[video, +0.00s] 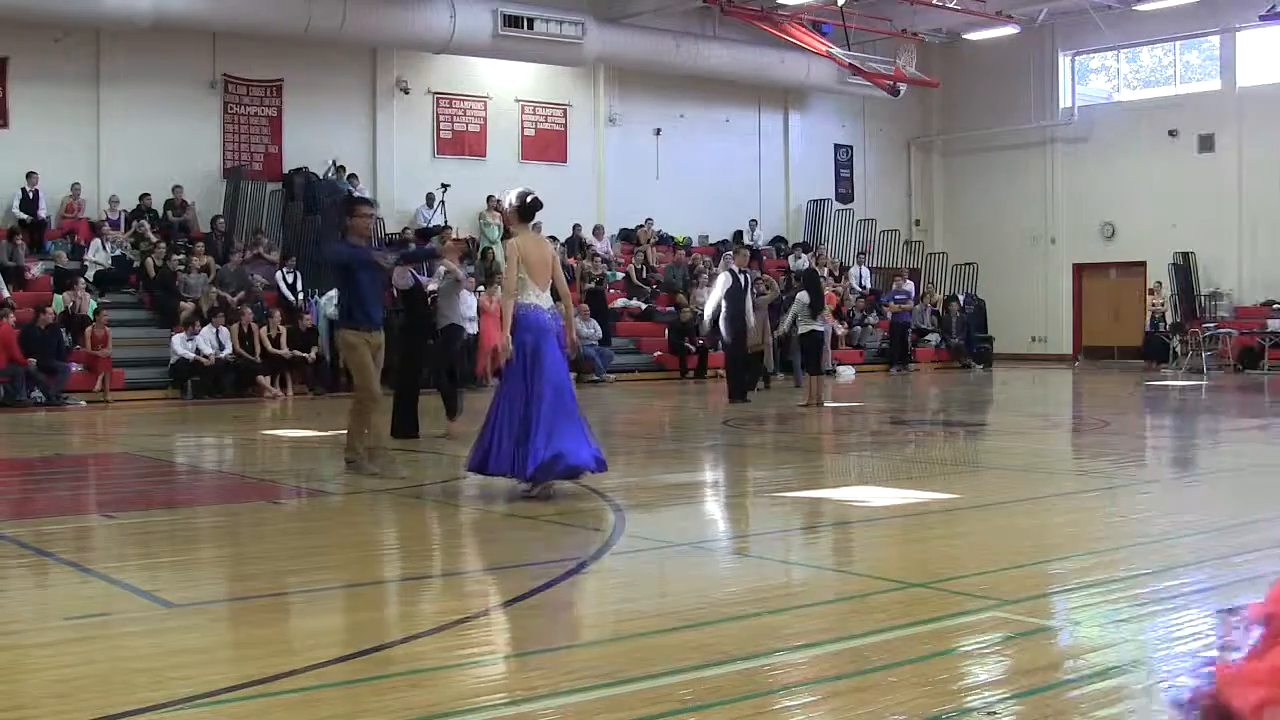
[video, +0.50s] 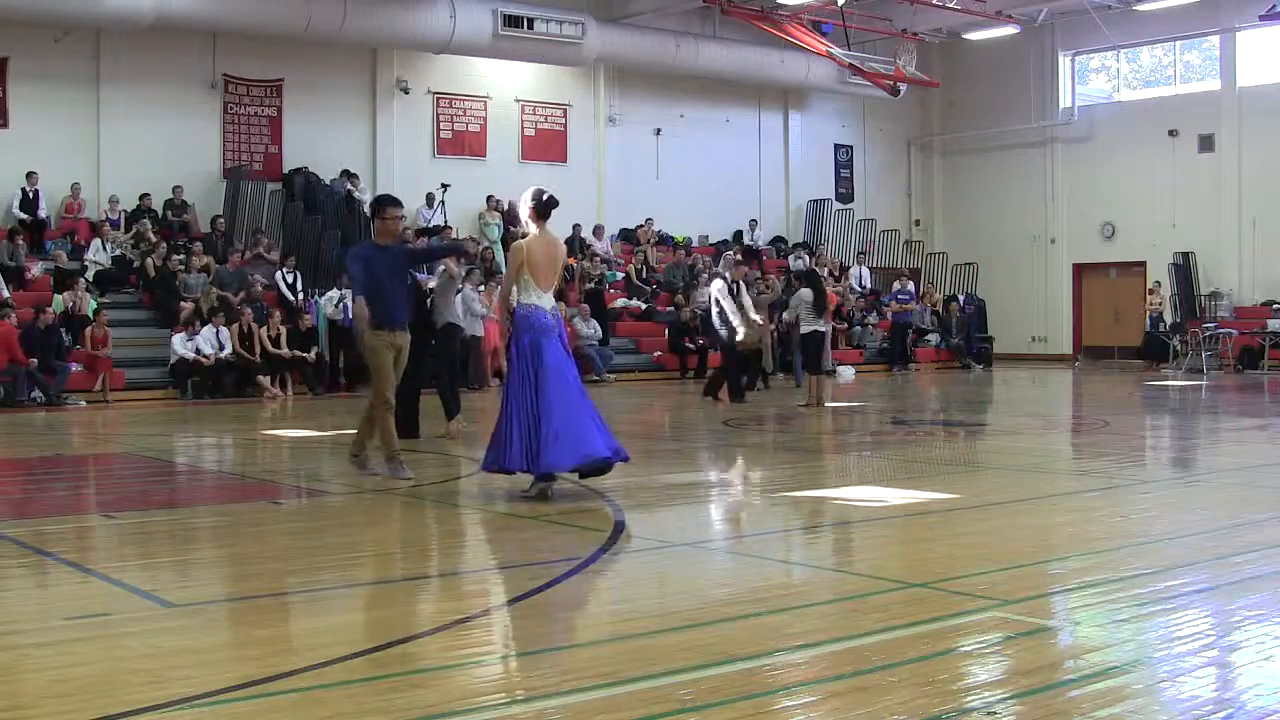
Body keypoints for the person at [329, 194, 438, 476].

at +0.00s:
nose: (369, 223)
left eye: (371, 218)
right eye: (364, 218)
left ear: (372, 221)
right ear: (349, 220)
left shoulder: (376, 251)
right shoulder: (342, 248)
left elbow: (404, 255)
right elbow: (331, 255)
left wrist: (439, 251)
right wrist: (371, 256)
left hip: (376, 333)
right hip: (352, 333)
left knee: (365, 396)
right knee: (372, 393)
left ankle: (353, 454)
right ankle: (377, 455)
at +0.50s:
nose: (400, 225)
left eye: (401, 219)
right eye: (394, 219)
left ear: (400, 220)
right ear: (378, 220)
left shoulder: (401, 252)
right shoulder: (360, 252)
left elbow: (429, 252)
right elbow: (357, 277)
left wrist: (459, 246)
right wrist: (359, 298)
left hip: (402, 334)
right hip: (376, 334)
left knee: (383, 396)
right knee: (385, 397)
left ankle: (357, 450)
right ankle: (393, 458)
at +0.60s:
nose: (404, 224)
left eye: (406, 219)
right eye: (398, 219)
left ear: (407, 221)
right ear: (383, 221)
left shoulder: (408, 252)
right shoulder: (365, 252)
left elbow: (437, 252)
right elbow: (353, 274)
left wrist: (466, 245)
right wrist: (348, 296)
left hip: (408, 334)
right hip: (380, 335)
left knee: (393, 401)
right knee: (388, 401)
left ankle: (363, 448)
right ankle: (394, 458)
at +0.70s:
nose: (410, 224)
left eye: (411, 218)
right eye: (404, 219)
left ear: (412, 220)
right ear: (388, 221)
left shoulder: (414, 253)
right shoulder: (368, 252)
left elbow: (441, 252)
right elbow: (352, 272)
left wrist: (470, 244)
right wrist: (347, 286)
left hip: (412, 337)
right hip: (382, 337)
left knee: (407, 405)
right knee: (390, 403)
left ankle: (377, 436)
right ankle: (394, 459)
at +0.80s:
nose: (415, 225)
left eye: (416, 219)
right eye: (409, 220)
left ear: (415, 220)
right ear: (393, 222)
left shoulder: (420, 253)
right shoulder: (375, 252)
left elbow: (445, 253)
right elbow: (355, 265)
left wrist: (472, 243)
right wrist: (347, 274)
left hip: (414, 337)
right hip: (383, 337)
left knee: (414, 398)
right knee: (390, 402)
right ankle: (394, 459)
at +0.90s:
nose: (417, 224)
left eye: (420, 219)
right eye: (411, 219)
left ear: (422, 220)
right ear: (397, 221)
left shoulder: (424, 253)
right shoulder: (380, 251)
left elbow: (453, 253)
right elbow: (356, 261)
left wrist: (480, 247)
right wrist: (364, 263)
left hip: (418, 336)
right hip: (385, 337)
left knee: (429, 396)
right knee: (392, 401)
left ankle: (423, 458)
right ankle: (395, 459)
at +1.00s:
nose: (420, 225)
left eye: (424, 219)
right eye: (414, 219)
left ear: (427, 221)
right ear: (401, 221)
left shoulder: (430, 254)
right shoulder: (383, 251)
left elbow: (461, 254)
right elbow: (368, 257)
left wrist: (496, 251)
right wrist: (384, 262)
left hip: (423, 336)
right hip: (391, 337)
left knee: (438, 397)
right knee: (393, 401)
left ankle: (449, 463)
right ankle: (395, 460)